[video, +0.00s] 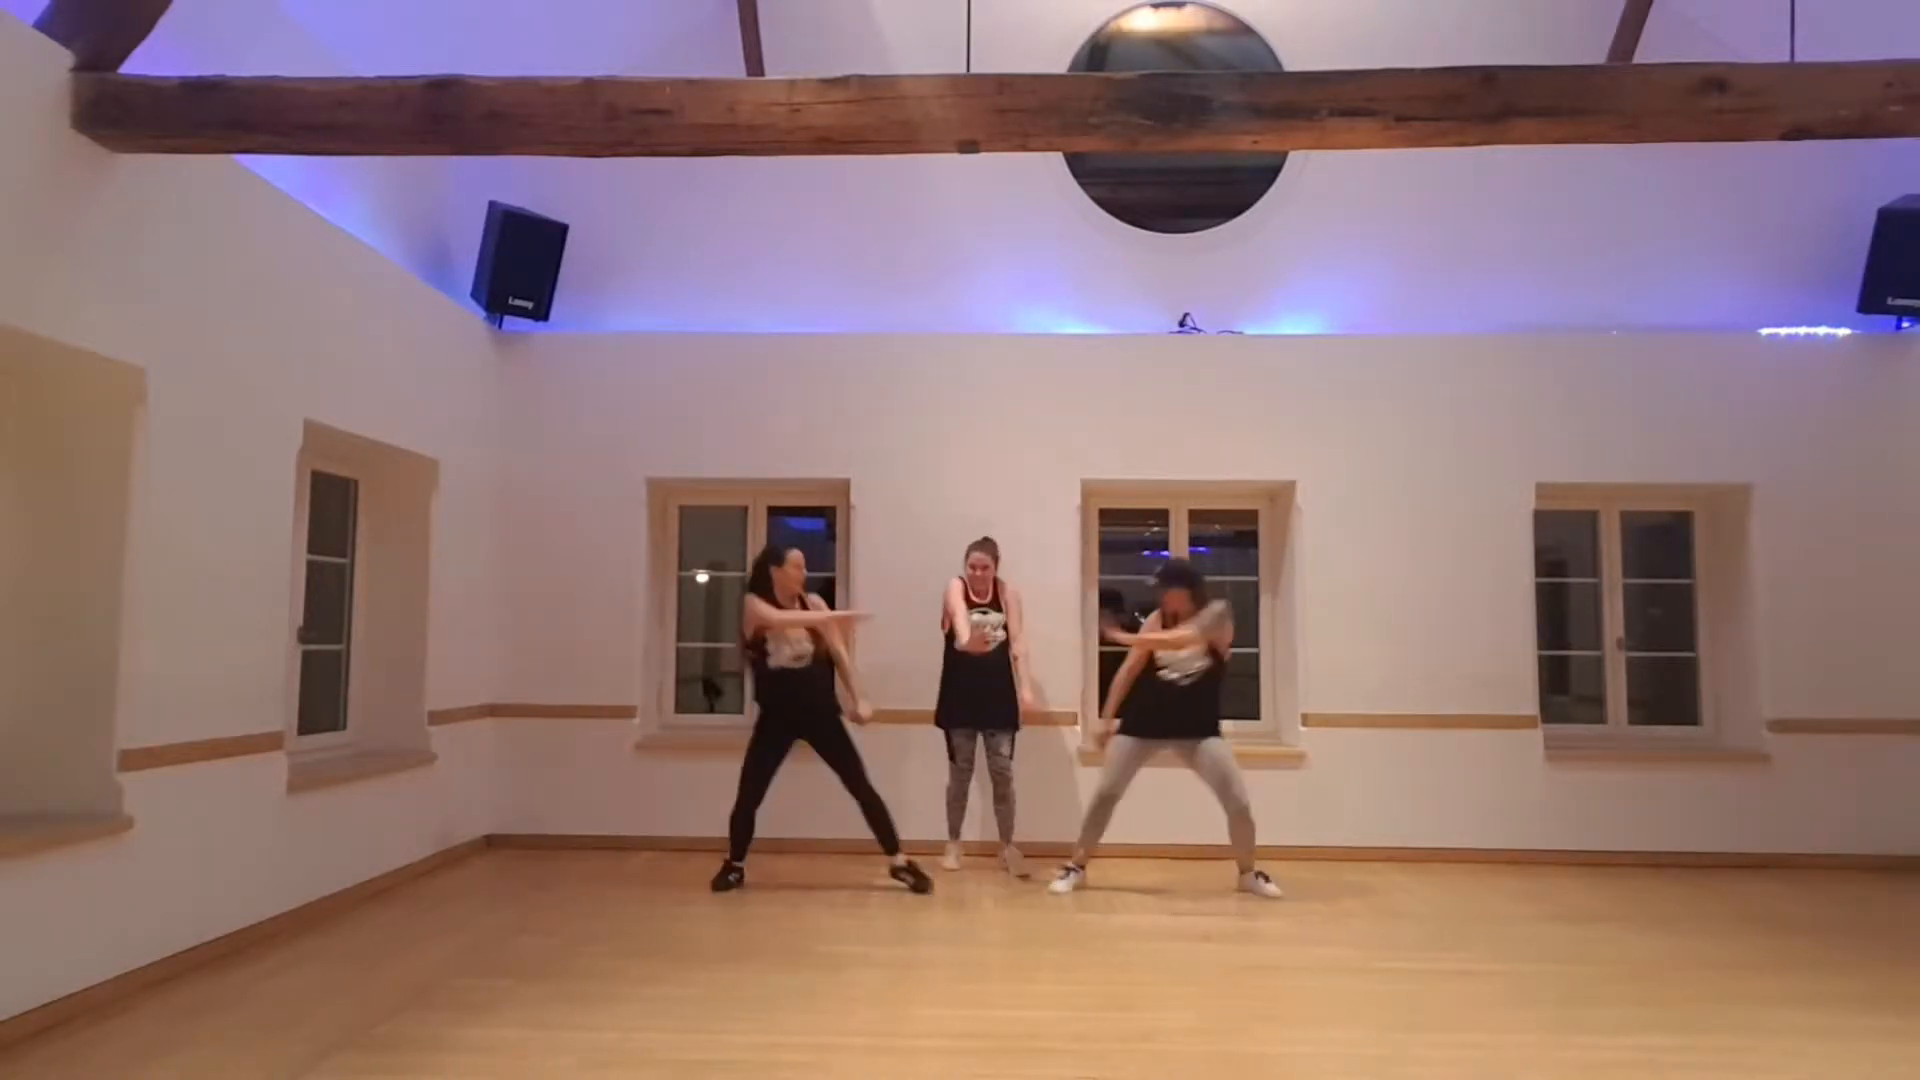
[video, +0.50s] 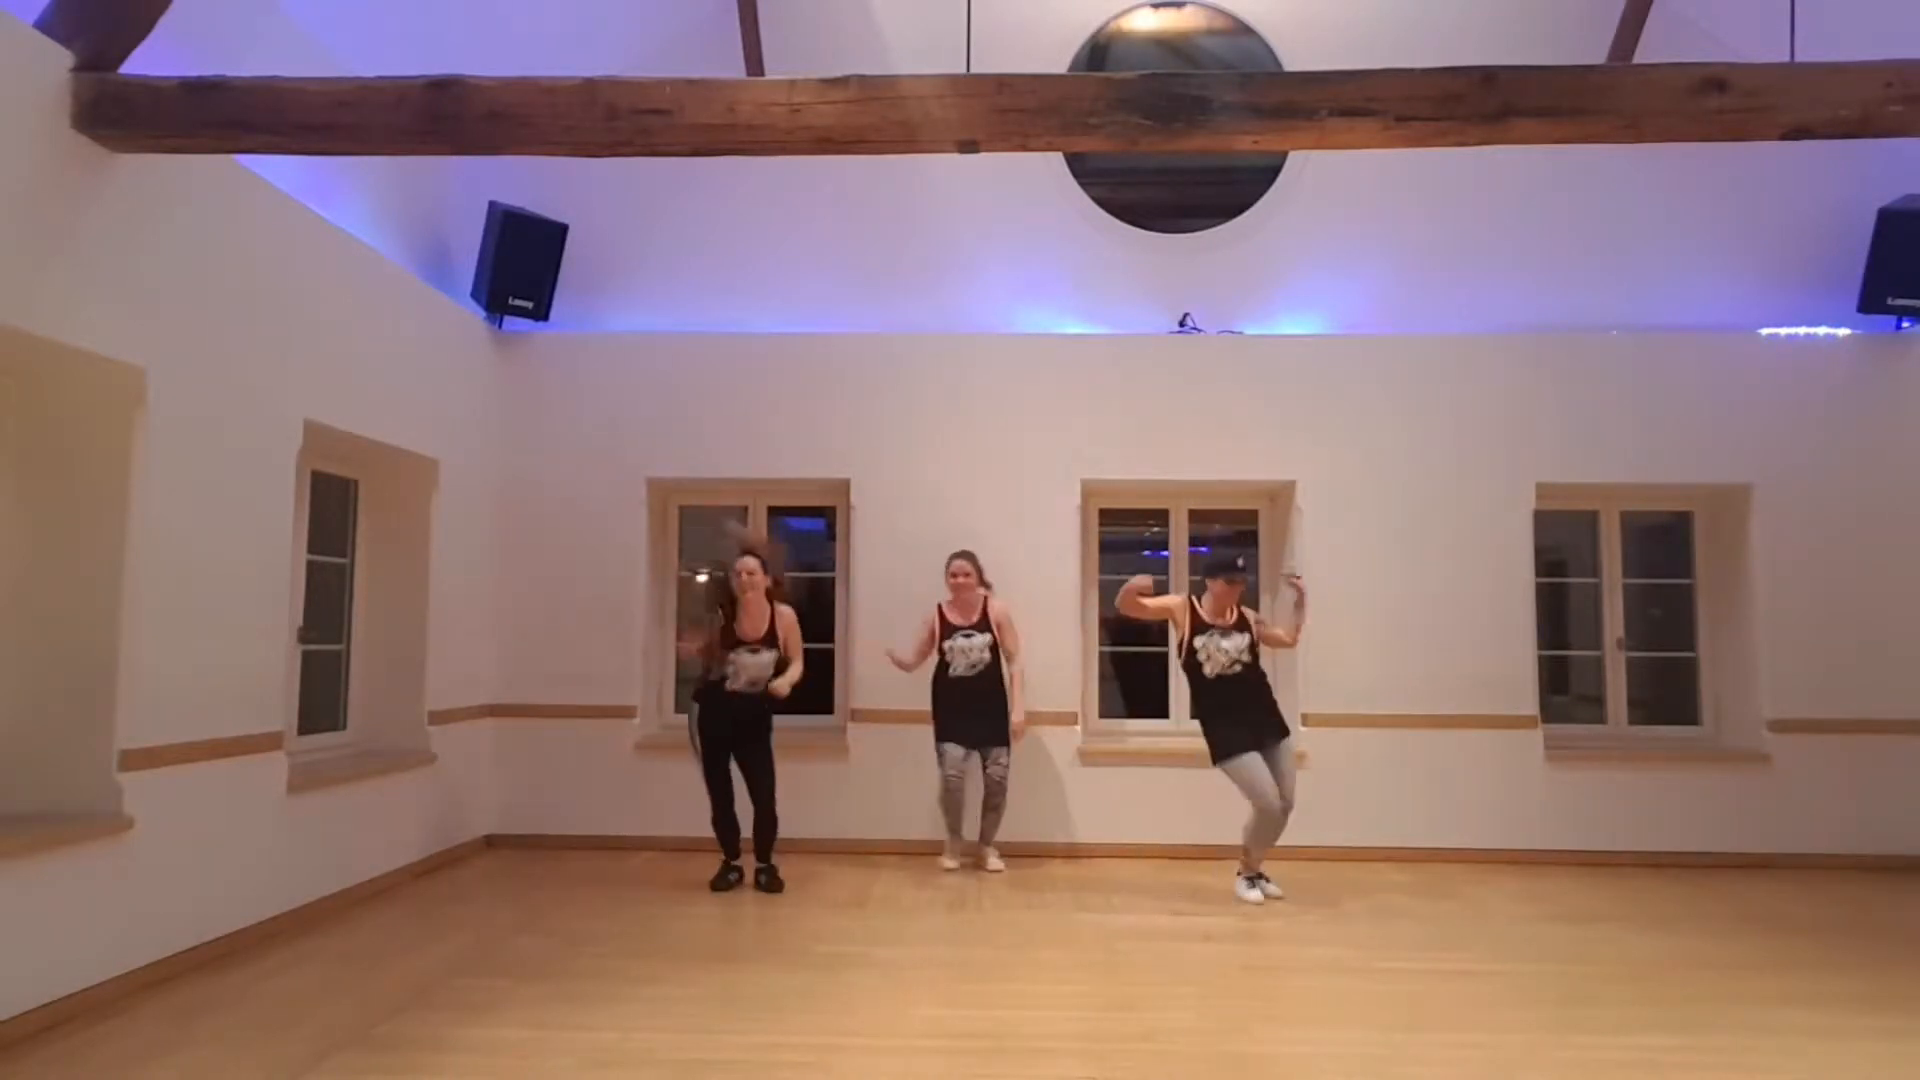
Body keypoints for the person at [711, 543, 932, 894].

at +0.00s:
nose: (803, 575)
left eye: (804, 568)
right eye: (797, 568)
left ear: (801, 572)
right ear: (774, 571)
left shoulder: (815, 604)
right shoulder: (753, 603)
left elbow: (838, 651)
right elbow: (775, 620)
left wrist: (858, 698)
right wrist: (832, 618)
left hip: (820, 714)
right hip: (777, 717)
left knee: (860, 786)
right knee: (748, 797)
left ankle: (898, 861)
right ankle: (734, 865)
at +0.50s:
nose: (745, 579)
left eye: (752, 573)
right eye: (739, 574)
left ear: (767, 579)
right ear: (732, 581)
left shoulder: (783, 616)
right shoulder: (723, 614)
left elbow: (796, 662)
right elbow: (711, 657)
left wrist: (784, 681)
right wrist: (695, 651)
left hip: (754, 711)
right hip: (716, 711)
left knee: (763, 794)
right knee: (720, 794)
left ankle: (764, 866)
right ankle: (731, 863)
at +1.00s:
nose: (665, 590)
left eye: (668, 584)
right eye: (657, 584)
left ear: (673, 590)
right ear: (634, 590)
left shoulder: (686, 621)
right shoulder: (620, 628)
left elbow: (723, 659)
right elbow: (644, 641)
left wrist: (756, 691)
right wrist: (706, 629)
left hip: (705, 730)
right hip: (660, 734)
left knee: (739, 799)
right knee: (617, 800)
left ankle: (764, 865)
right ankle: (602, 865)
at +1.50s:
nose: (659, 568)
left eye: (658, 561)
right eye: (651, 562)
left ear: (658, 566)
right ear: (630, 567)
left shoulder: (667, 602)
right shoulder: (607, 610)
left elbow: (699, 628)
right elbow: (564, 646)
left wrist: (689, 620)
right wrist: (531, 685)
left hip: (649, 710)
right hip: (607, 709)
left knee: (657, 790)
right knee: (600, 788)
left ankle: (638, 857)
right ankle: (602, 863)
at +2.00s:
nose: (651, 545)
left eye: (659, 540)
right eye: (651, 539)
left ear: (681, 548)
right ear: (651, 547)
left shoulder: (688, 593)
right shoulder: (638, 584)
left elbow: (678, 635)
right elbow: (613, 624)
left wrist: (632, 620)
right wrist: (587, 665)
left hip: (669, 695)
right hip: (635, 693)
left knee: (690, 776)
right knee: (612, 775)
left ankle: (734, 852)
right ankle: (608, 859)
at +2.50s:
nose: (741, 547)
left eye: (748, 541)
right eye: (735, 542)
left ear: (761, 547)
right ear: (726, 551)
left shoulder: (774, 574)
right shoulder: (723, 586)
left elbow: (752, 628)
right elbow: (726, 636)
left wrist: (727, 663)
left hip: (765, 695)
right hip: (727, 692)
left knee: (776, 789)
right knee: (691, 774)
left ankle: (791, 874)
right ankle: (679, 850)